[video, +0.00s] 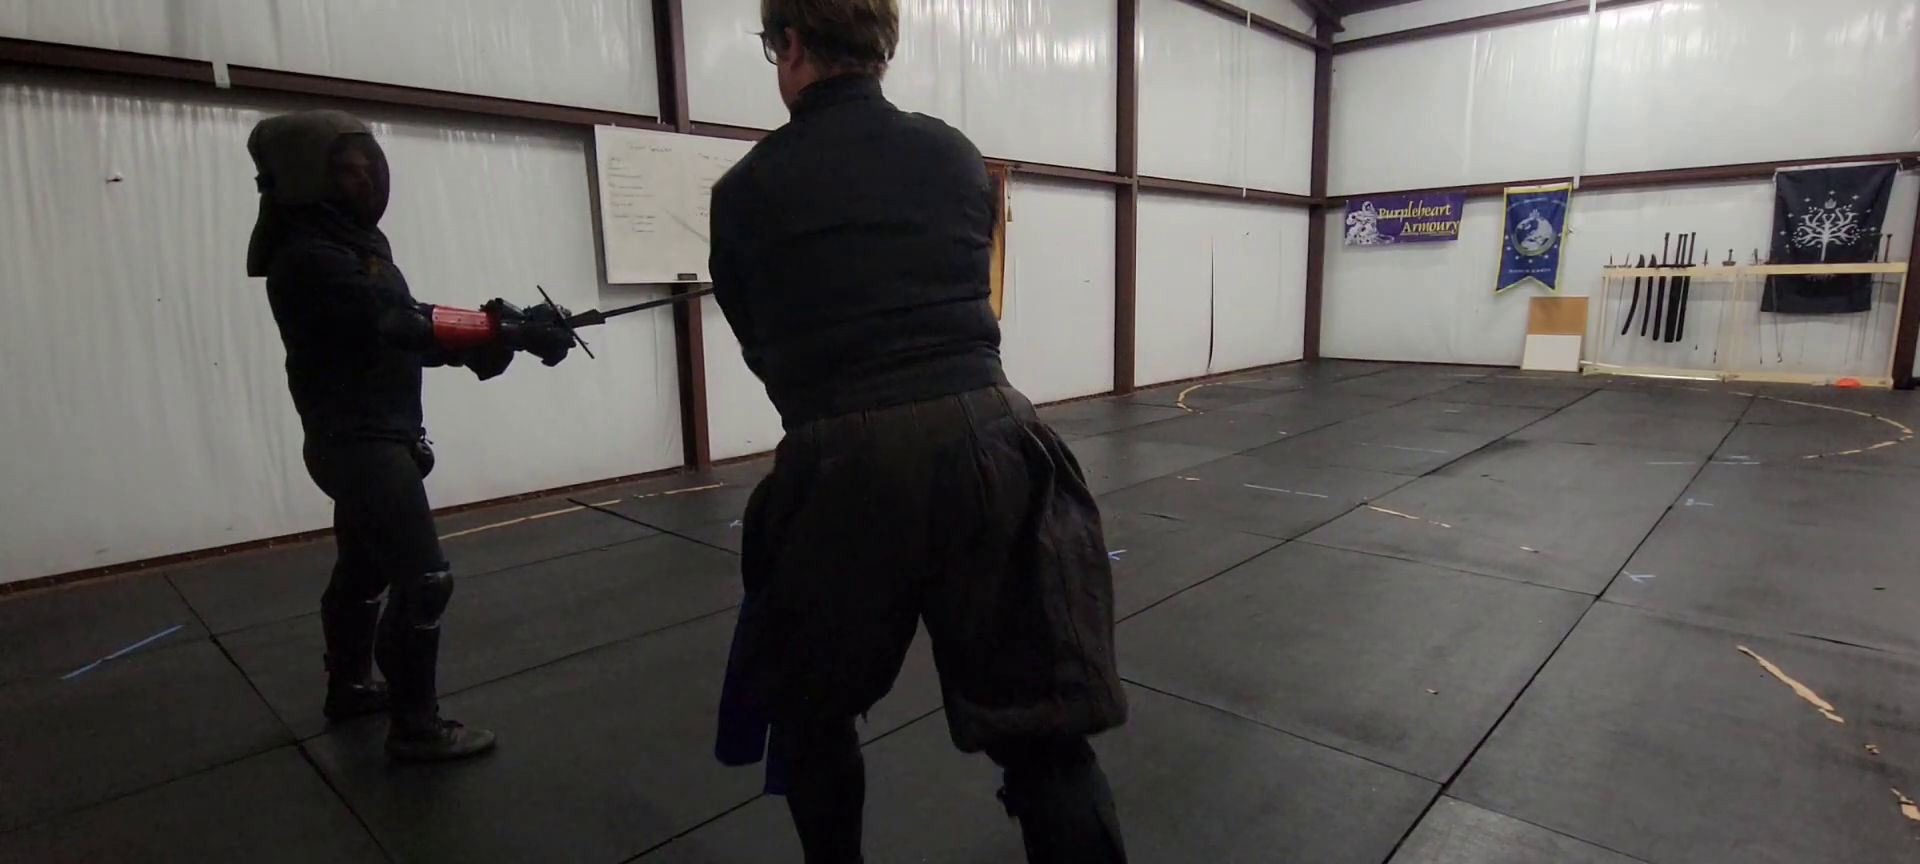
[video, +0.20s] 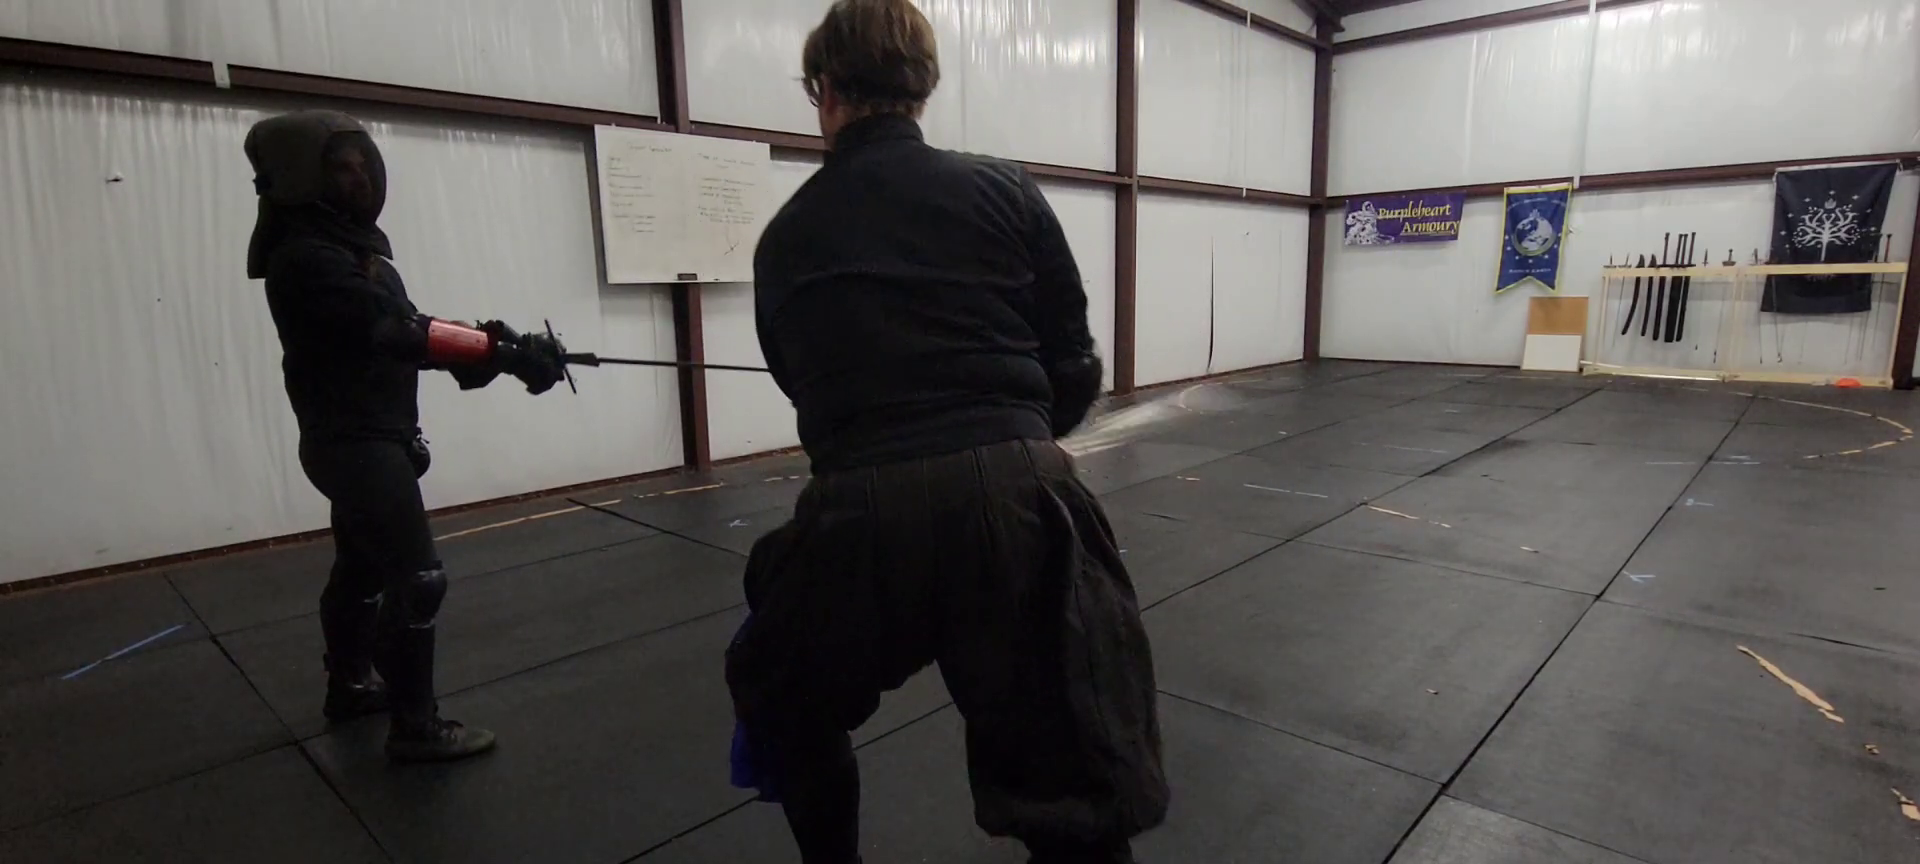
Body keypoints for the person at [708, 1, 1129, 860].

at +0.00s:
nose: (774, 71)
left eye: (773, 51)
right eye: (773, 51)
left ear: (794, 49)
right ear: (880, 48)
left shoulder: (745, 189)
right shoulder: (955, 153)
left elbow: (760, 337)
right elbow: (965, 290)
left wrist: (832, 414)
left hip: (848, 467)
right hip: (985, 444)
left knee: (813, 711)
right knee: (1034, 722)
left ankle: (834, 854)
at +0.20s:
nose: (814, 108)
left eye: (814, 92)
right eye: (813, 93)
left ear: (829, 93)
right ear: (923, 90)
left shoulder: (784, 237)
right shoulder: (1005, 190)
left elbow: (804, 384)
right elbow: (1076, 368)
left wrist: (886, 442)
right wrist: (1013, 447)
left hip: (862, 513)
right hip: (1018, 493)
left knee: (793, 702)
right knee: (1059, 756)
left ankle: (831, 848)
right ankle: (1076, 845)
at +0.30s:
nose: (832, 112)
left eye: (832, 97)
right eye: (834, 97)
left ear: (841, 99)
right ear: (936, 97)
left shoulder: (795, 244)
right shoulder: (1016, 193)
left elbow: (835, 387)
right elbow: (1089, 360)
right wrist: (1084, 454)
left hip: (873, 520)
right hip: (1031, 493)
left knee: (800, 704)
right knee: (1065, 767)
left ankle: (831, 850)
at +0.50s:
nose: (834, 99)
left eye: (832, 87)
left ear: (840, 92)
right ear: (939, 89)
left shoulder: (795, 230)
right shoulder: (1013, 183)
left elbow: (840, 386)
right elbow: (1095, 361)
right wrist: (1071, 448)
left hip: (867, 517)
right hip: (1025, 495)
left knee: (804, 703)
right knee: (1069, 768)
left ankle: (833, 851)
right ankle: (1082, 848)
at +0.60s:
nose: (825, 90)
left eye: (824, 77)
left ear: (833, 83)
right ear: (931, 80)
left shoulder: (784, 222)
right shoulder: (1002, 184)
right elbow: (1083, 358)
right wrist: (1050, 426)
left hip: (855, 506)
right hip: (1009, 488)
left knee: (800, 698)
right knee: (1059, 761)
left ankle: (833, 850)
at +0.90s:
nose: (825, 57)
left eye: (829, 41)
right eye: (830, 41)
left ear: (840, 44)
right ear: (925, 54)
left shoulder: (785, 168)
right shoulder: (988, 157)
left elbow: (771, 321)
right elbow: (1027, 317)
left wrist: (858, 358)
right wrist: (940, 358)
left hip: (852, 446)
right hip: (992, 432)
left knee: (834, 698)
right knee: (1028, 657)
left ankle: (839, 851)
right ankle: (1104, 837)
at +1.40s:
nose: (958, 64)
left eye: (970, 50)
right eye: (963, 49)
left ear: (1008, 62)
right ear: (1028, 67)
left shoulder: (988, 174)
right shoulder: (1070, 159)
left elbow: (927, 308)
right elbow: (1023, 295)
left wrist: (891, 349)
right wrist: (901, 324)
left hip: (1028, 423)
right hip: (1105, 404)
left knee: (994, 629)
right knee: (1075, 606)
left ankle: (1043, 811)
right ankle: (1079, 780)